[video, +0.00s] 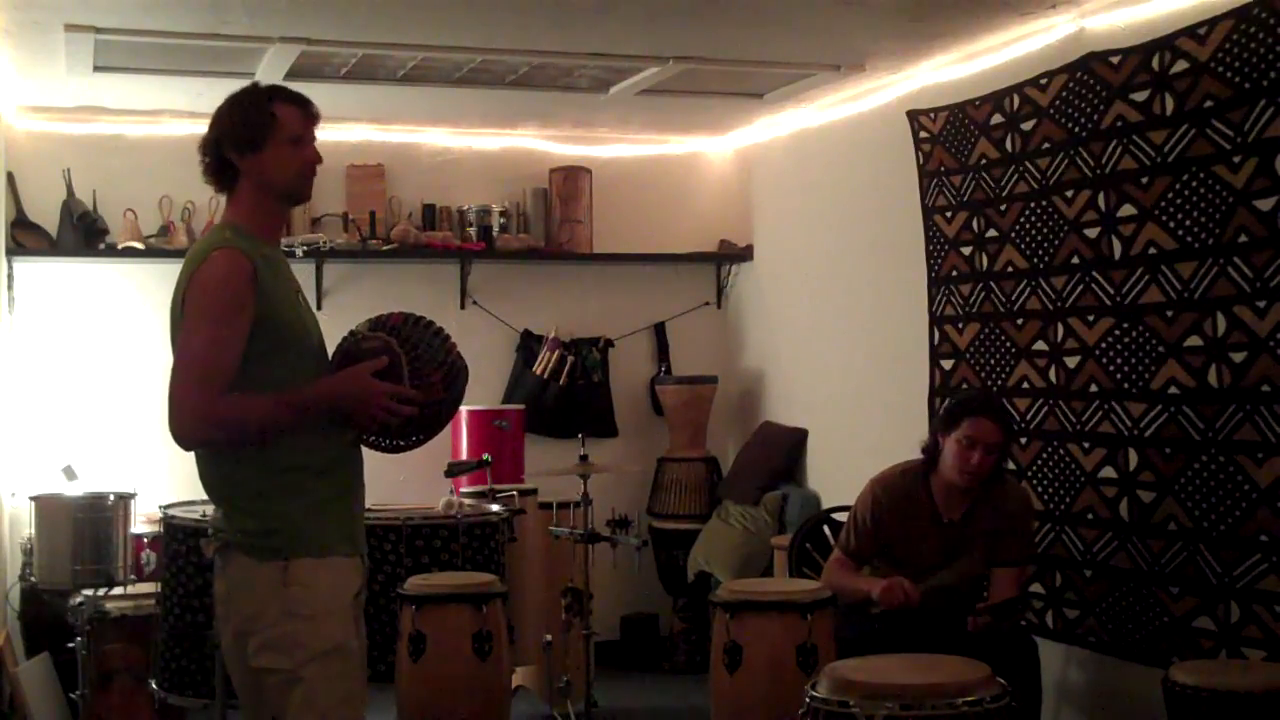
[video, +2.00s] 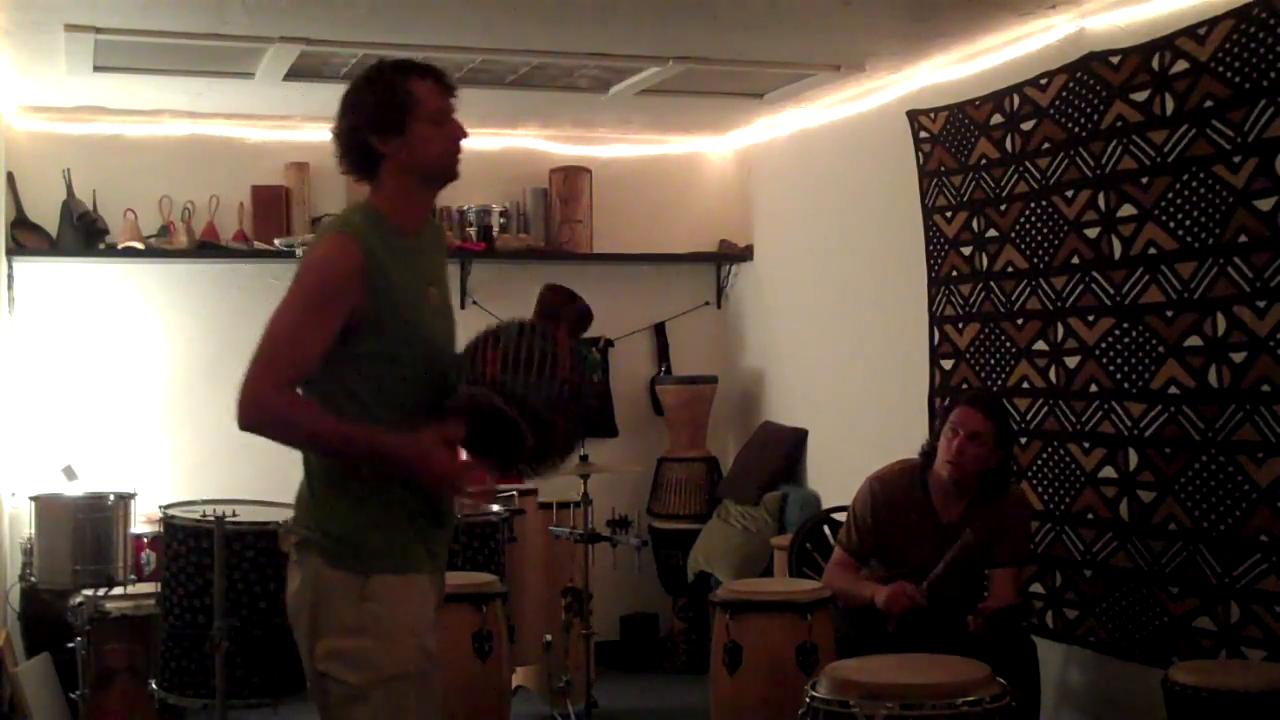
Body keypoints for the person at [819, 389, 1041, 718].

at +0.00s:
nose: (976, 460)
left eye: (990, 451)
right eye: (967, 444)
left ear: (1001, 455)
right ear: (941, 437)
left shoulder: (1010, 503)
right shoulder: (887, 492)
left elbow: (1005, 593)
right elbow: (832, 573)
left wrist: (989, 616)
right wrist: (872, 585)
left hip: (964, 624)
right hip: (891, 619)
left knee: (1018, 651)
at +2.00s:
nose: (957, 446)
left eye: (973, 440)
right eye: (952, 432)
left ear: (994, 456)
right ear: (939, 434)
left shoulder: (1007, 506)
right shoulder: (885, 489)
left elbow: (1005, 595)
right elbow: (834, 575)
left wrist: (988, 612)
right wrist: (877, 592)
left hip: (959, 626)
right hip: (885, 623)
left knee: (1016, 648)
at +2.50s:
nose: (979, 452)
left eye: (997, 445)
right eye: (974, 436)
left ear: (1016, 459)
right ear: (957, 436)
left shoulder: (1028, 509)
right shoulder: (907, 483)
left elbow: (1018, 602)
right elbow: (814, 531)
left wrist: (981, 626)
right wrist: (875, 570)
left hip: (969, 618)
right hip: (896, 607)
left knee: (1019, 649)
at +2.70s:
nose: (968, 413)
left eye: (985, 405)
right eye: (961, 399)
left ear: (1004, 423)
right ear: (944, 407)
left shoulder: (1018, 496)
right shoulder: (894, 460)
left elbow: (1024, 596)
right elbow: (801, 510)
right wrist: (858, 542)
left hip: (961, 619)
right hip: (879, 609)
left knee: (1018, 670)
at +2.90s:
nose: (934, 395)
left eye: (948, 386)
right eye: (924, 386)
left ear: (973, 408)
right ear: (909, 402)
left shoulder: (997, 488)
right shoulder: (869, 464)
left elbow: (1022, 582)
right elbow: (776, 507)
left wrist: (980, 585)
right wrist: (838, 551)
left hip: (955, 621)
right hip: (874, 616)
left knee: (1005, 677)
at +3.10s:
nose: (896, 373)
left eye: (909, 368)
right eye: (884, 369)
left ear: (929, 392)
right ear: (868, 398)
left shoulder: (968, 465)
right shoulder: (837, 462)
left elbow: (1005, 543)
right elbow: (762, 521)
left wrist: (965, 567)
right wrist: (832, 536)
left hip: (944, 615)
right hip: (863, 616)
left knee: (995, 671)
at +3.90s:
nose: (895, 398)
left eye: (907, 387)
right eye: (884, 390)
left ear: (929, 399)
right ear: (869, 406)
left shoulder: (966, 472)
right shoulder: (841, 471)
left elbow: (1000, 562)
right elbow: (775, 547)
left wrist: (968, 536)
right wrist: (827, 533)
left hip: (940, 635)